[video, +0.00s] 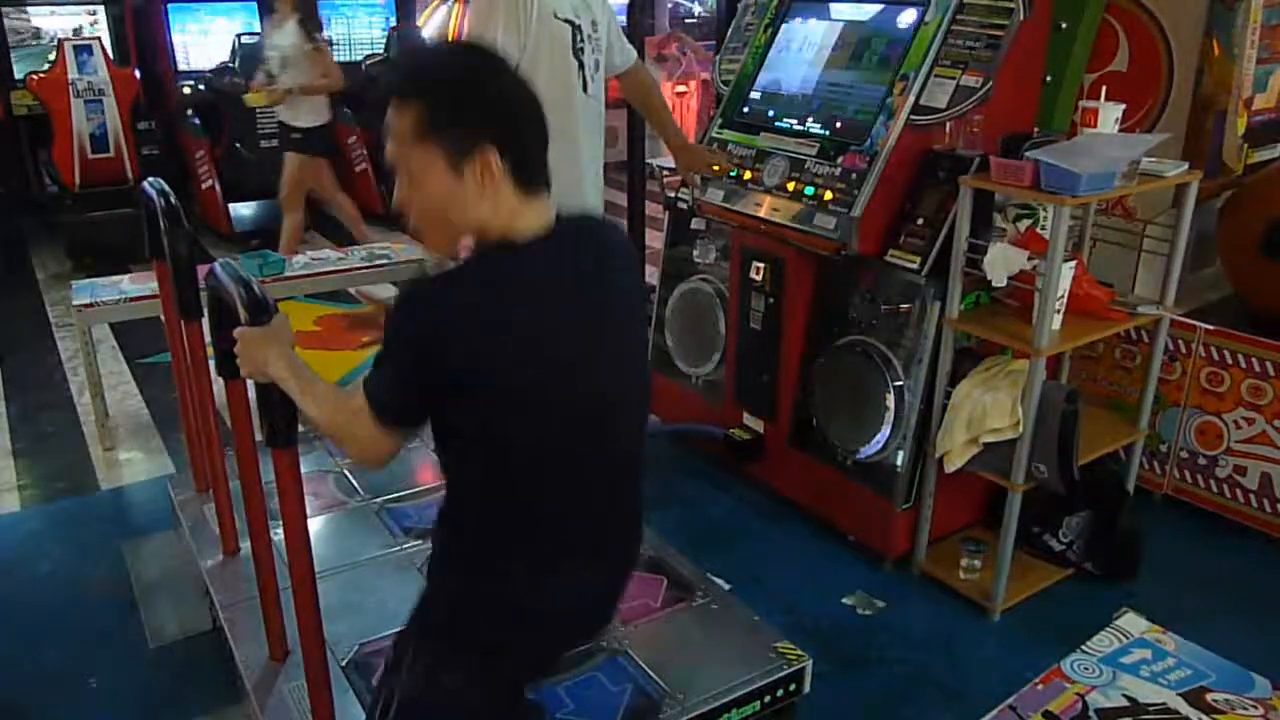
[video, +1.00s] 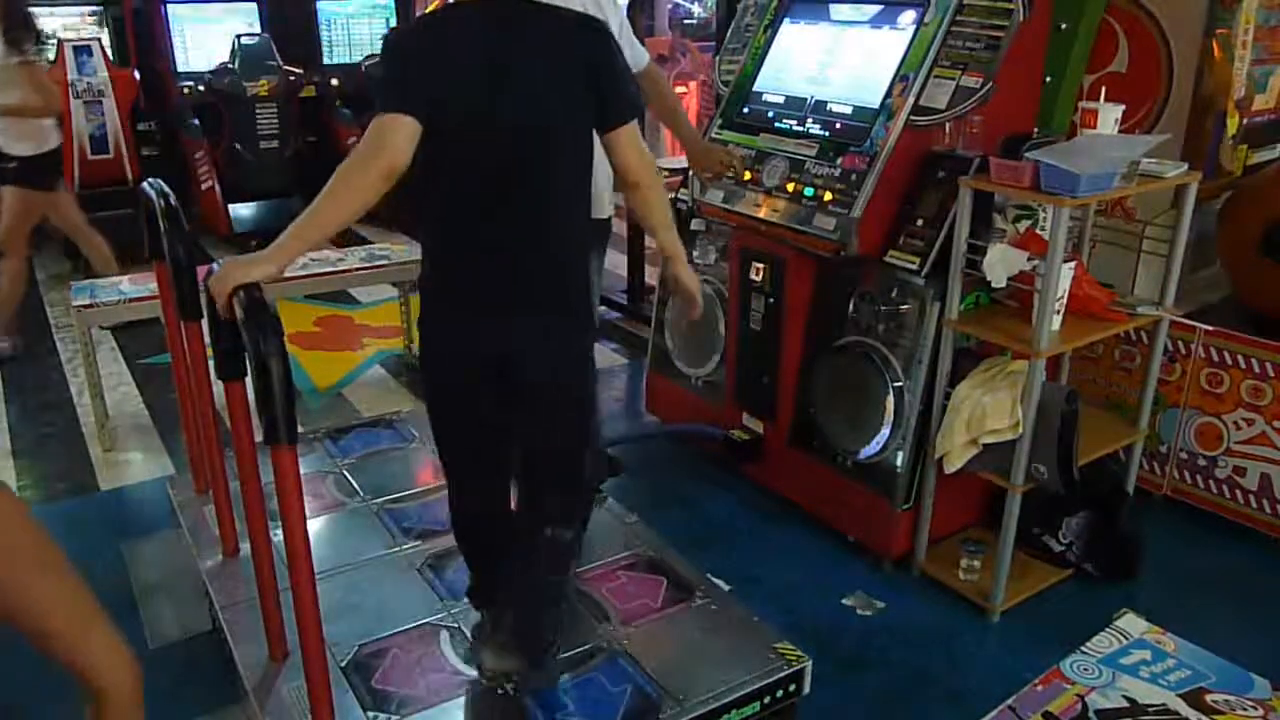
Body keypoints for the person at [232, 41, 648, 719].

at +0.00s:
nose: (398, 200)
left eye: (405, 173)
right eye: (394, 176)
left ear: (484, 167)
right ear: (492, 167)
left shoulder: (439, 309)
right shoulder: (608, 249)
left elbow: (368, 441)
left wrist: (286, 367)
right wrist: (416, 314)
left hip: (492, 602)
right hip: (600, 576)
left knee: (415, 700)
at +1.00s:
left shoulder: (421, 41)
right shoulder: (585, 37)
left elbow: (383, 156)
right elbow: (636, 171)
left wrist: (276, 255)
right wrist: (678, 262)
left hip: (458, 307)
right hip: (555, 306)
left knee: (475, 472)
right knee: (560, 473)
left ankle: (494, 612)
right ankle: (522, 637)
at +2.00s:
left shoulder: (604, 27)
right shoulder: (737, 44)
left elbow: (570, 146)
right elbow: (792, 141)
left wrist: (533, 237)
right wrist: (807, 183)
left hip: (613, 253)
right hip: (694, 261)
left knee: (623, 411)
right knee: (682, 408)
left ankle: (648, 577)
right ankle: (675, 559)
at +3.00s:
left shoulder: (642, 38)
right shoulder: (759, 38)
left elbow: (628, 172)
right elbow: (807, 151)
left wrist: (594, 277)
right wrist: (808, 189)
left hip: (667, 268)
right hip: (737, 266)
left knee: (676, 426)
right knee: (696, 414)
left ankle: (742, 564)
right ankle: (665, 531)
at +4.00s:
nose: (659, 5)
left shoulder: (707, 57)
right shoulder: (767, 46)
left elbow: (703, 197)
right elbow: (808, 164)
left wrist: (651, 296)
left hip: (721, 289)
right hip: (761, 282)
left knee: (733, 437)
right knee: (699, 423)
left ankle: (757, 581)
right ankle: (667, 538)